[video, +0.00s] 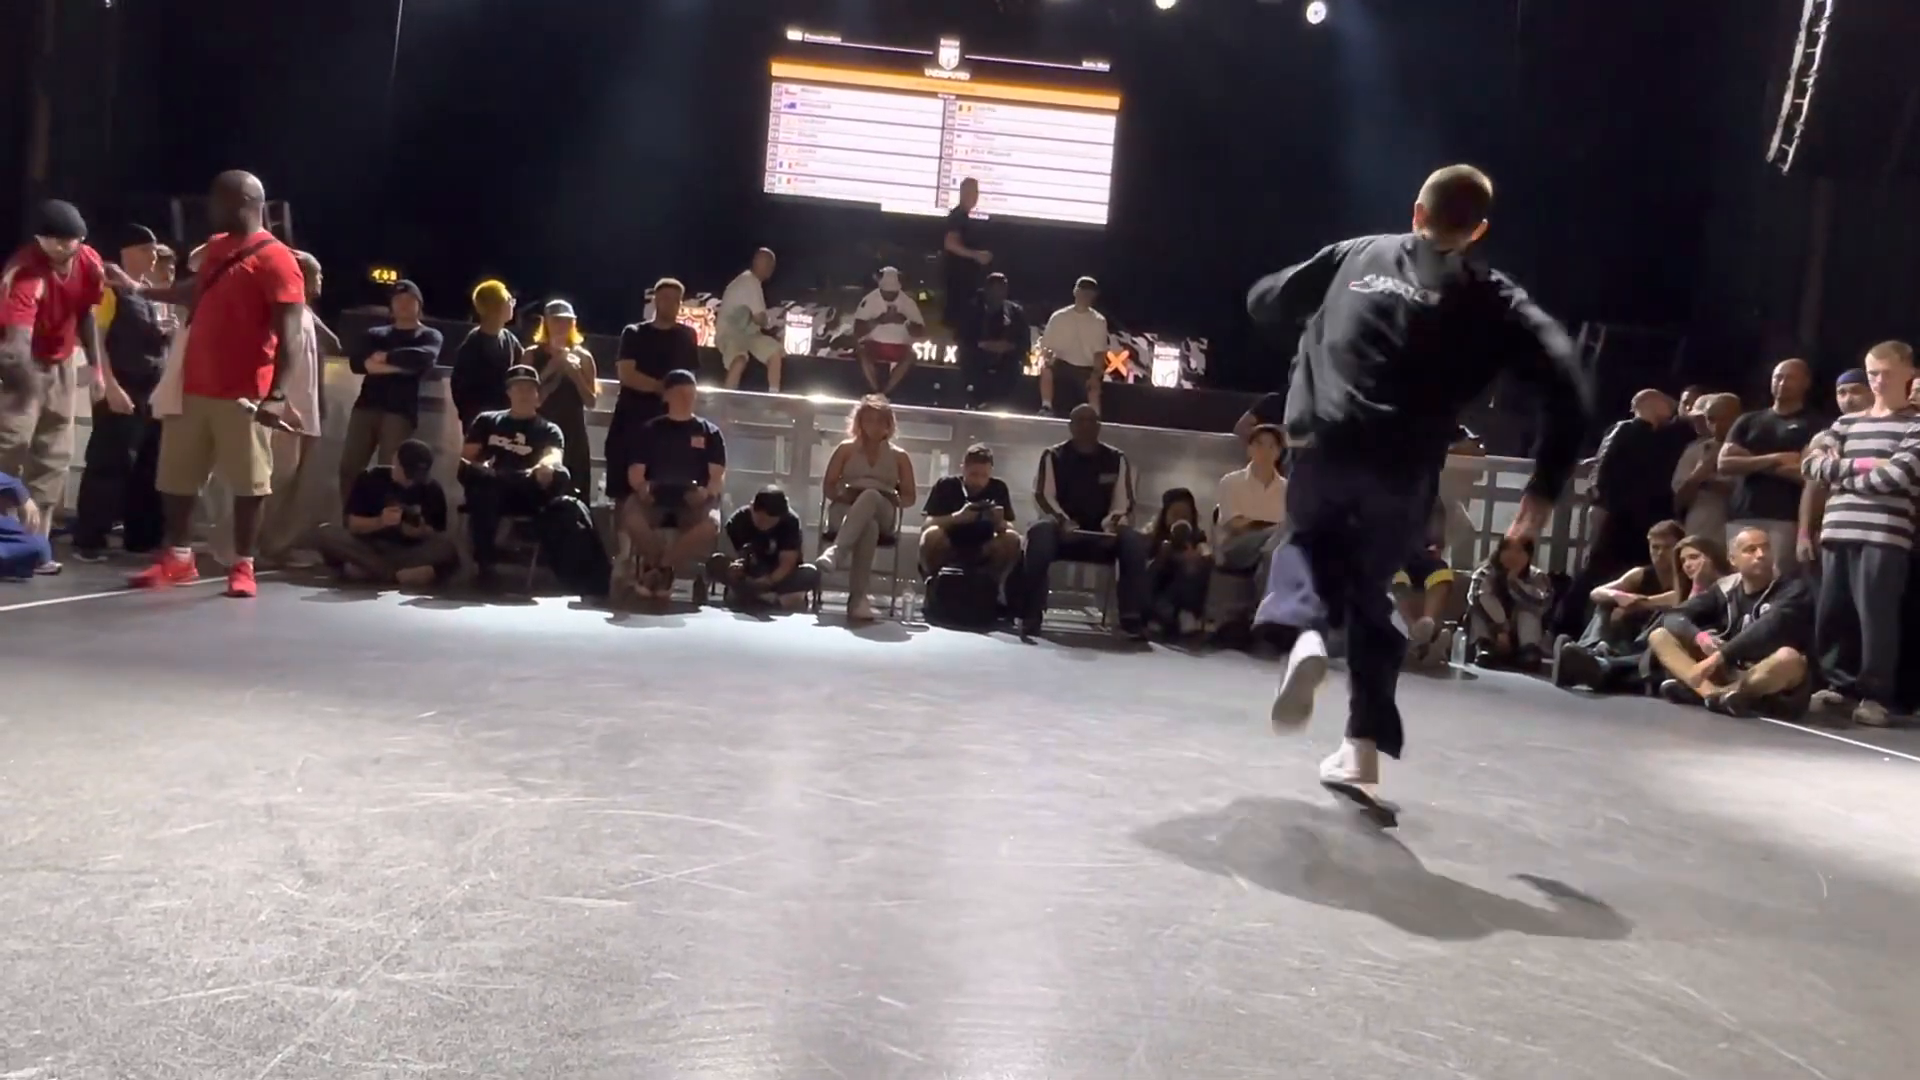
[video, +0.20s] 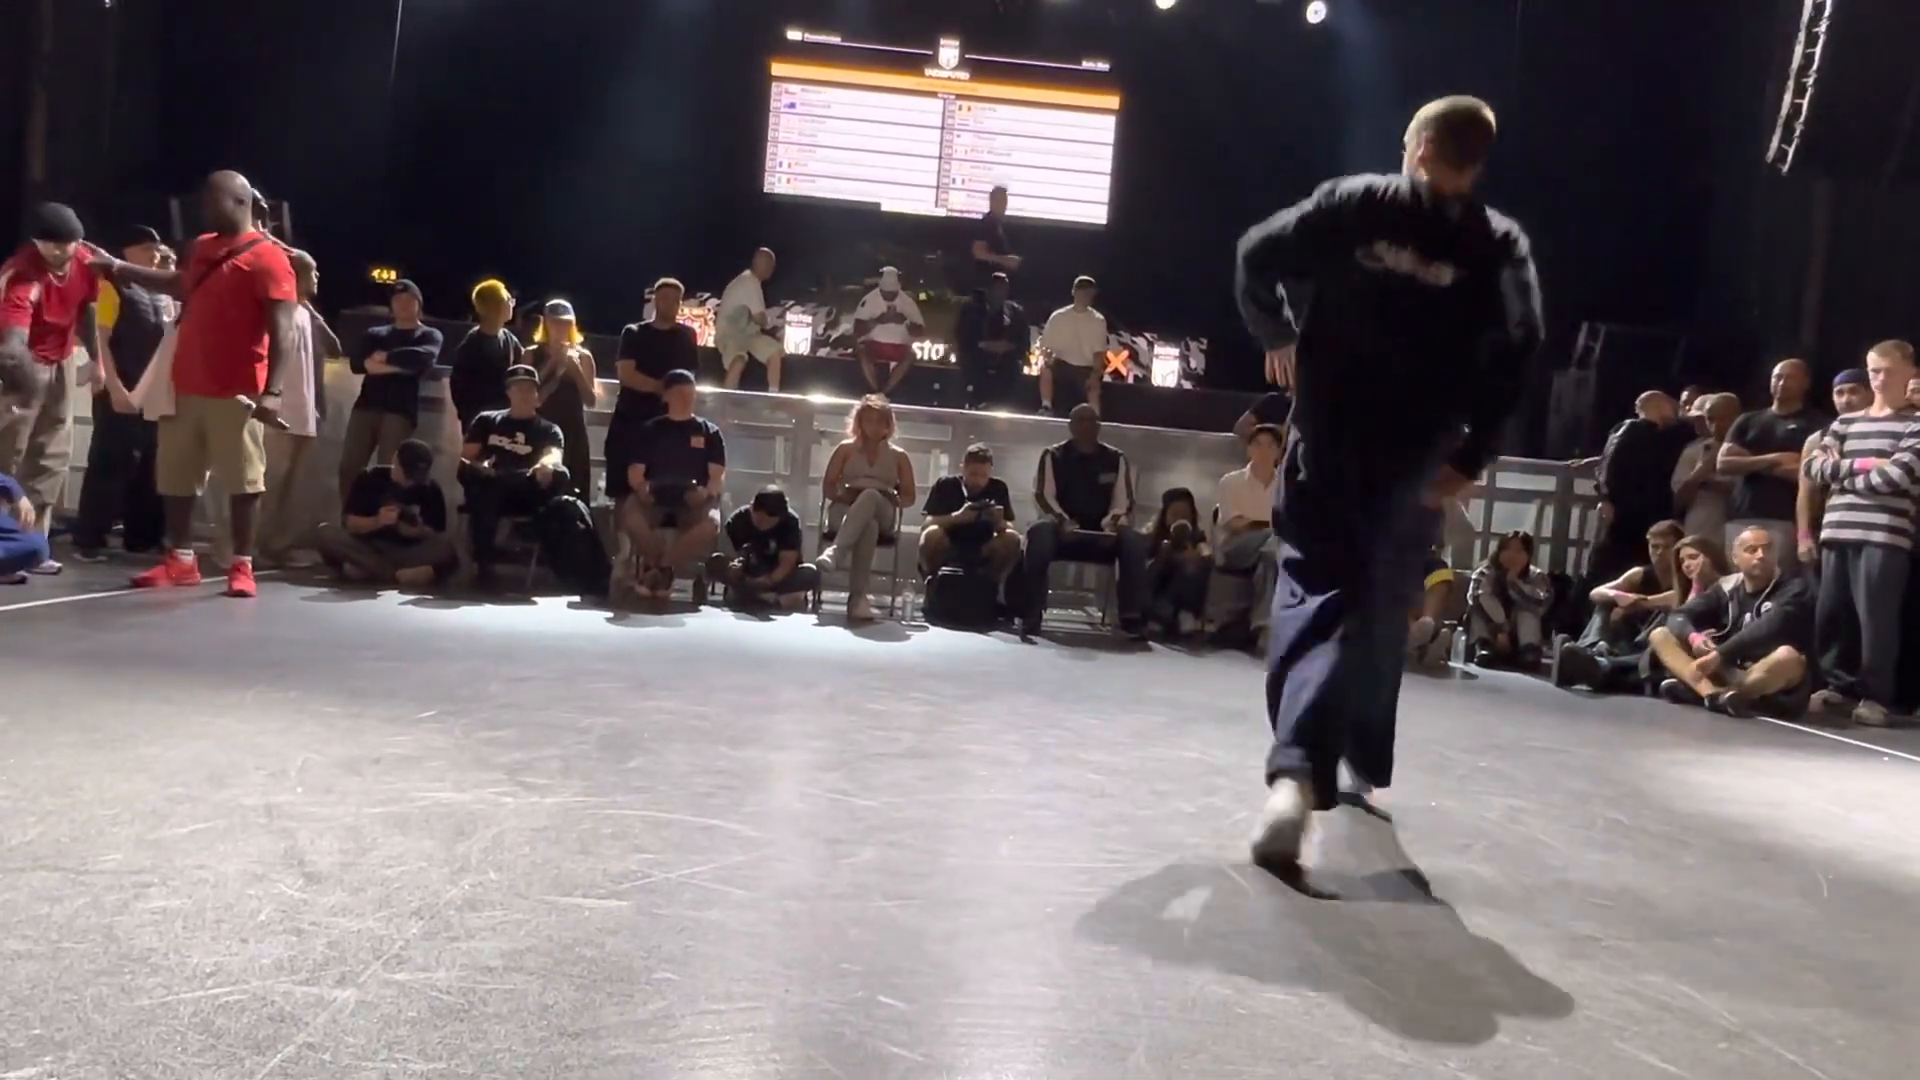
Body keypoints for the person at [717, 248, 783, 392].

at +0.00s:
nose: (770, 270)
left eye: (772, 266)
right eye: (769, 265)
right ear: (760, 264)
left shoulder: (753, 282)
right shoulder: (749, 282)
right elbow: (759, 317)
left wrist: (764, 318)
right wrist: (768, 321)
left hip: (750, 333)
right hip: (730, 332)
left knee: (775, 353)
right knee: (739, 359)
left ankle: (773, 396)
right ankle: (726, 398)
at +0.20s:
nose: (771, 270)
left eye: (772, 266)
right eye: (769, 265)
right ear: (760, 264)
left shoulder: (753, 282)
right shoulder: (749, 282)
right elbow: (759, 317)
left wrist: (765, 318)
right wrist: (768, 322)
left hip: (749, 333)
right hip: (729, 332)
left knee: (774, 353)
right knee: (738, 359)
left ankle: (773, 396)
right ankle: (726, 399)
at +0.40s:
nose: (770, 270)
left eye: (771, 266)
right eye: (768, 265)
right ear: (760, 264)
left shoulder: (753, 282)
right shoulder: (749, 282)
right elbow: (758, 318)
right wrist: (767, 321)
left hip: (749, 333)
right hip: (729, 333)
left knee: (774, 353)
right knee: (738, 360)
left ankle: (772, 396)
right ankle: (725, 398)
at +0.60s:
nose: (770, 270)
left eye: (771, 266)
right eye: (768, 265)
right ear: (759, 264)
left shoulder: (753, 282)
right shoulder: (748, 282)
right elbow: (758, 318)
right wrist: (767, 322)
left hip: (749, 334)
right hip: (728, 333)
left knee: (774, 353)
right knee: (738, 360)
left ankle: (772, 396)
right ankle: (725, 398)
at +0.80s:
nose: (771, 270)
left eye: (772, 266)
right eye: (769, 265)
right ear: (760, 264)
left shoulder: (753, 282)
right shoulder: (749, 282)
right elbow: (758, 318)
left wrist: (766, 318)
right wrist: (768, 322)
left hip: (750, 334)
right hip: (729, 333)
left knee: (774, 353)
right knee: (739, 359)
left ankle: (772, 395)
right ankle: (725, 398)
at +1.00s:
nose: (772, 270)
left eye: (773, 267)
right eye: (771, 266)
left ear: (756, 264)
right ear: (762, 265)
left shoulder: (753, 282)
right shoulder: (749, 283)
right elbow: (759, 318)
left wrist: (764, 319)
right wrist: (767, 323)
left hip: (750, 334)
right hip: (730, 333)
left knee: (774, 353)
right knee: (738, 360)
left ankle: (773, 397)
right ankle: (726, 399)